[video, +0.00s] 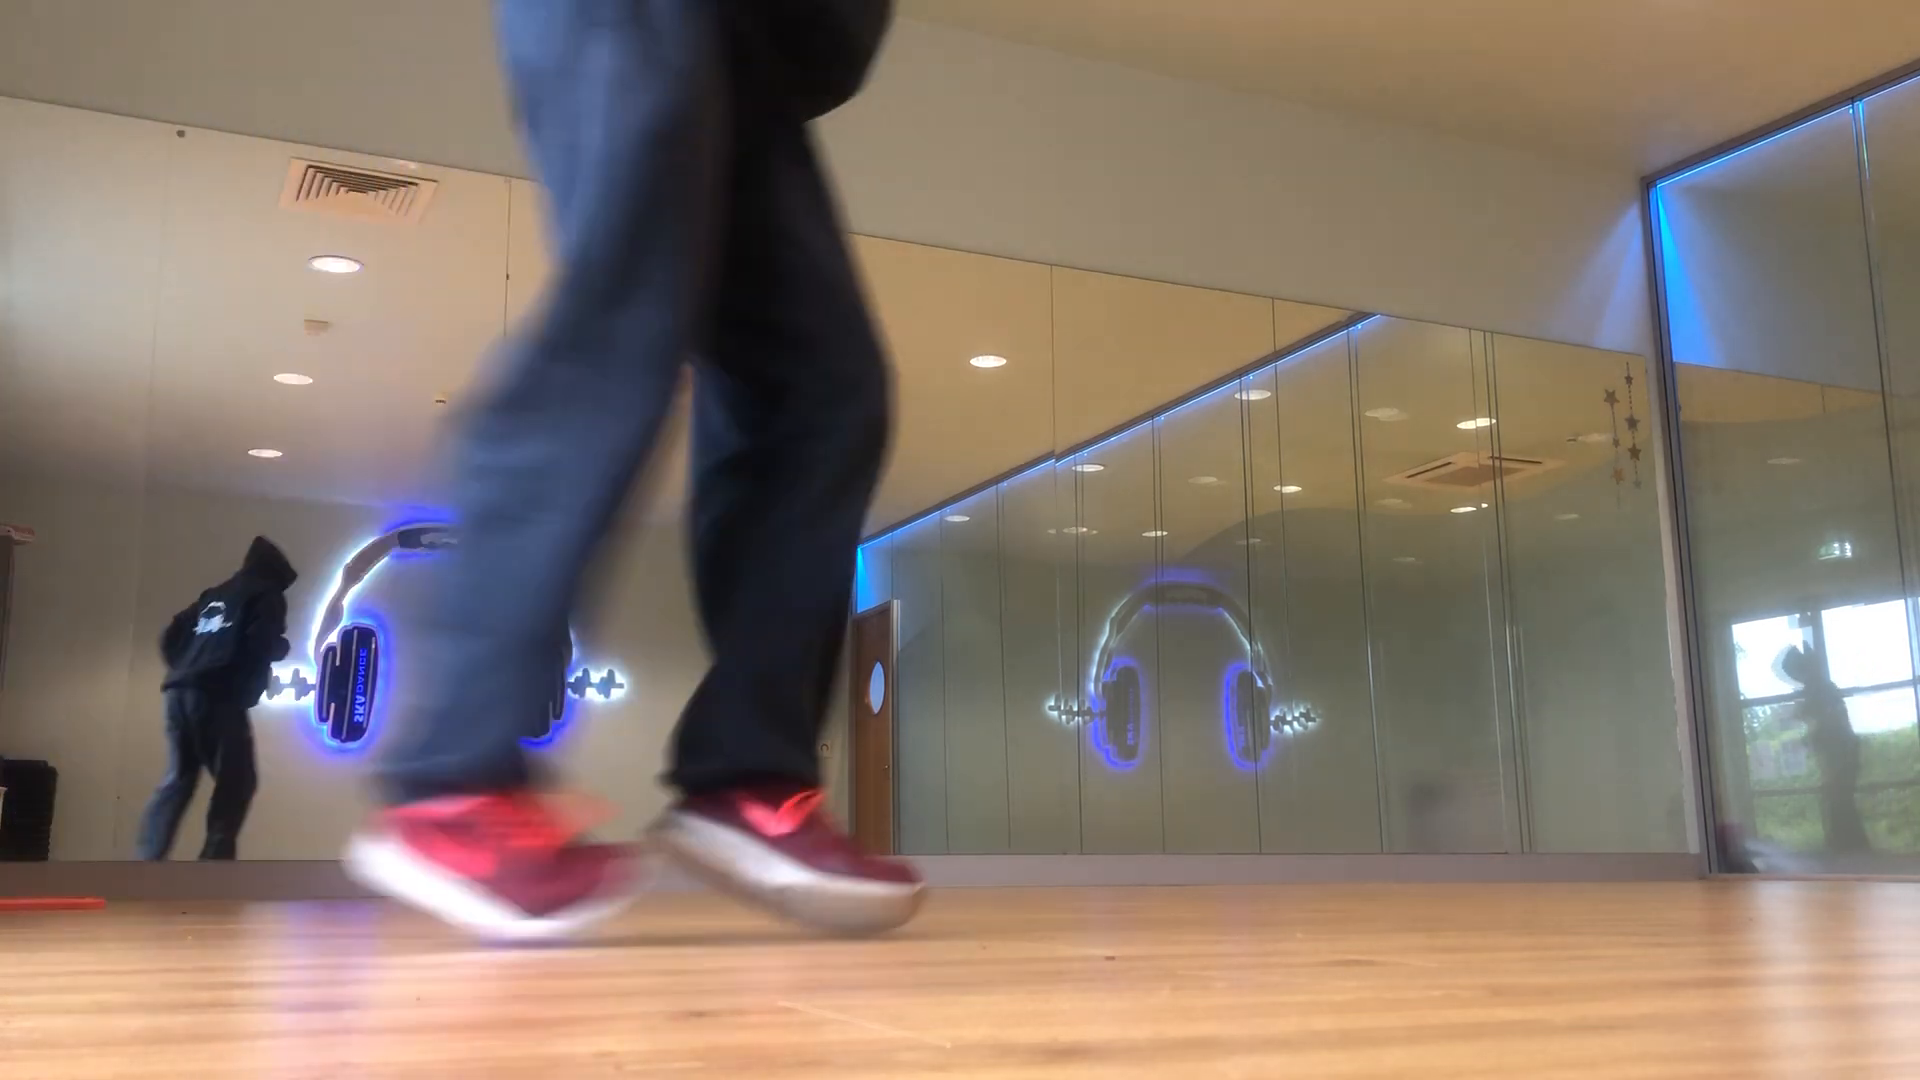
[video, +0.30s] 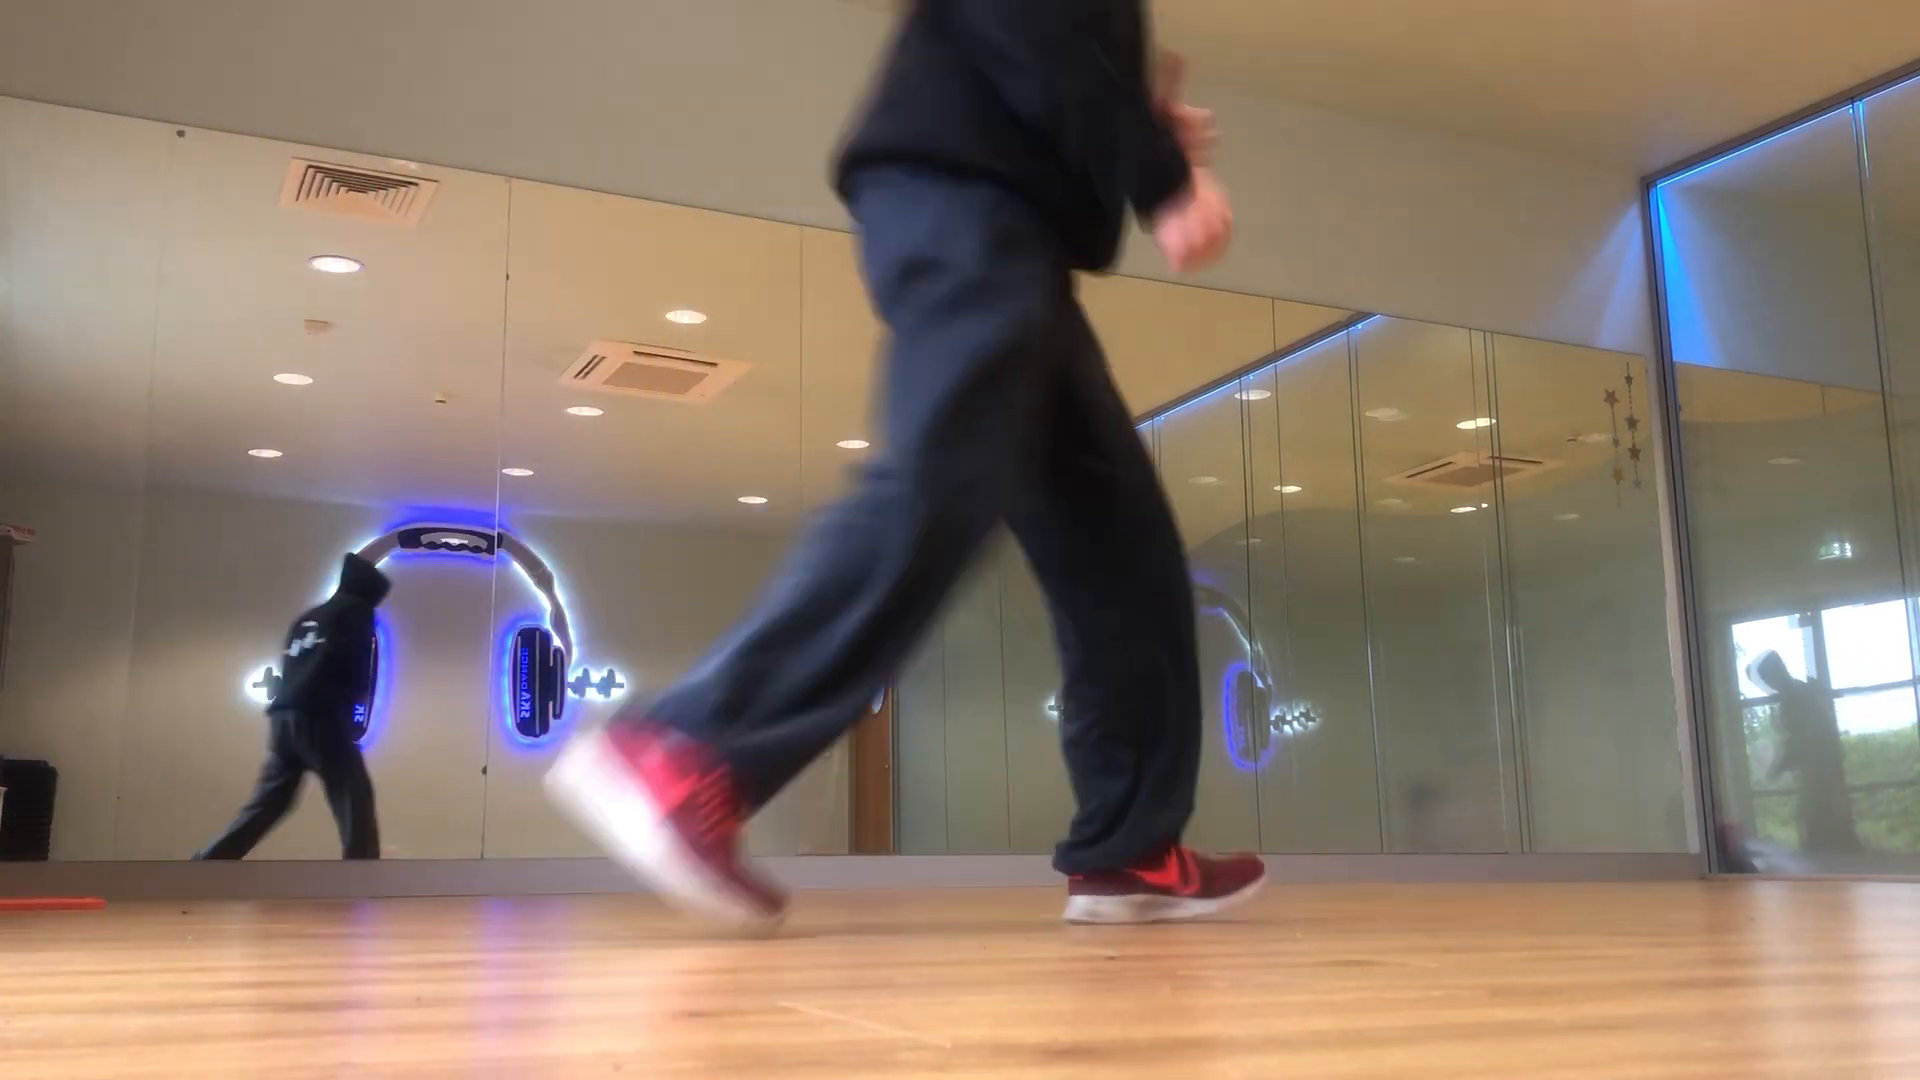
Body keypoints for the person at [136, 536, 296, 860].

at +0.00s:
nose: (284, 586)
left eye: (284, 580)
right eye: (283, 579)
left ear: (250, 565)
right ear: (276, 572)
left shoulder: (217, 592)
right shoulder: (268, 595)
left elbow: (174, 631)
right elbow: (263, 644)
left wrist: (186, 672)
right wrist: (283, 646)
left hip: (177, 693)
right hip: (219, 695)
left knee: (180, 777)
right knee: (238, 779)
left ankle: (148, 856)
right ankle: (216, 862)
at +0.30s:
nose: (378, 602)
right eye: (378, 596)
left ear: (346, 584)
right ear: (372, 593)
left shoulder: (308, 617)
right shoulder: (360, 616)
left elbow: (292, 669)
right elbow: (363, 671)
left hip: (283, 716)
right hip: (323, 717)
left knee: (272, 797)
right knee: (354, 793)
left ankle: (211, 862)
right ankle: (363, 874)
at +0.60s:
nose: (470, 577)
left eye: (470, 571)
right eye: (468, 570)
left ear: (433, 562)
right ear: (458, 567)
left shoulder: (406, 596)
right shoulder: (449, 593)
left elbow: (378, 648)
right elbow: (487, 623)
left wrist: (377, 696)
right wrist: (526, 645)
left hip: (398, 697)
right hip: (418, 699)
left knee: (448, 773)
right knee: (408, 771)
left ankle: (443, 848)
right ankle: (364, 849)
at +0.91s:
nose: (577, 639)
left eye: (579, 632)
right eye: (577, 631)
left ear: (551, 617)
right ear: (568, 625)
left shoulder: (548, 652)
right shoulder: (540, 641)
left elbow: (550, 697)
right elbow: (497, 649)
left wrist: (583, 674)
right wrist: (468, 681)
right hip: (506, 739)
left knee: (548, 807)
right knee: (555, 800)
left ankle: (553, 881)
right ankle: (488, 839)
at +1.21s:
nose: (630, 611)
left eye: (632, 605)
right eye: (630, 603)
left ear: (603, 592)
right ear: (619, 597)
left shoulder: (575, 623)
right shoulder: (606, 626)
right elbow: (611, 669)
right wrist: (629, 633)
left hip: (571, 722)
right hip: (605, 721)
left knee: (563, 797)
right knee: (647, 783)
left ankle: (540, 860)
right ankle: (664, 855)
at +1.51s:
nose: (705, 620)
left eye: (708, 615)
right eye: (702, 614)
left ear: (709, 616)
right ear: (688, 613)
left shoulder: (704, 644)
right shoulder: (662, 643)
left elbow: (733, 671)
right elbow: (630, 678)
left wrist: (744, 648)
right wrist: (603, 707)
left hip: (689, 736)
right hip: (652, 737)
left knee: (702, 802)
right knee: (676, 800)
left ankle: (694, 875)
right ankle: (618, 821)